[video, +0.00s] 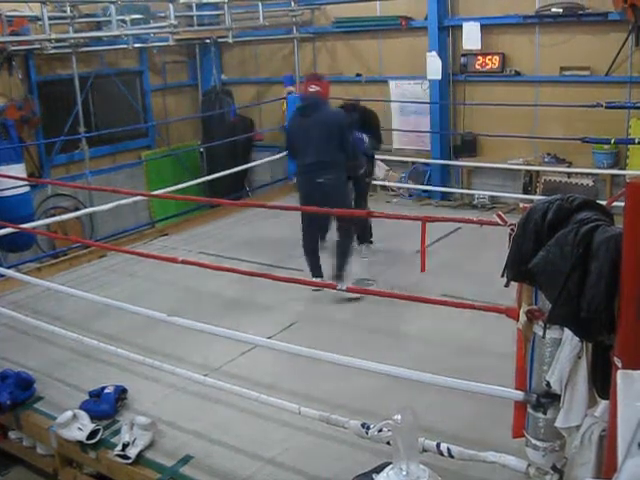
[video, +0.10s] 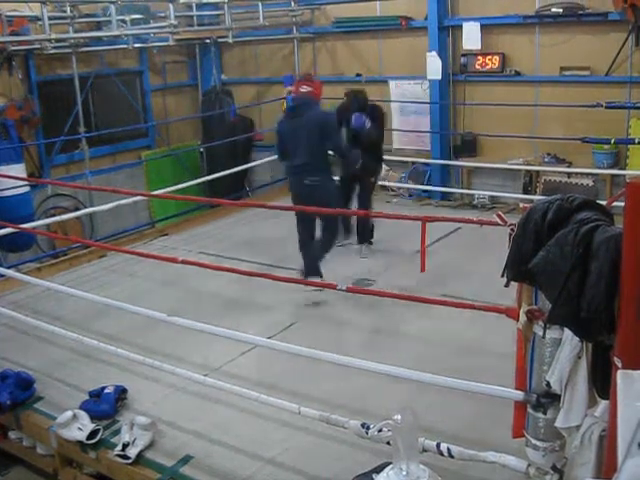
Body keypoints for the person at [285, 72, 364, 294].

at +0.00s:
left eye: (307, 92)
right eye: (324, 92)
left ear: (303, 94)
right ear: (325, 94)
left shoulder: (295, 121)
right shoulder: (338, 117)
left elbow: (292, 151)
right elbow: (349, 149)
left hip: (308, 180)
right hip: (335, 179)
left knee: (310, 227)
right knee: (345, 223)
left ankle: (316, 275)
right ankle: (339, 274)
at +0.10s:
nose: (319, 98)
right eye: (318, 94)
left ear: (294, 96)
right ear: (316, 95)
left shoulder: (285, 122)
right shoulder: (324, 118)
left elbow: (282, 154)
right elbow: (337, 146)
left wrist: (301, 153)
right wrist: (349, 160)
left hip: (297, 180)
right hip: (321, 179)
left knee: (305, 225)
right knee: (331, 226)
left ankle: (311, 270)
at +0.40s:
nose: (300, 103)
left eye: (299, 98)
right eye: (297, 98)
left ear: (277, 98)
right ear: (290, 99)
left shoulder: (266, 120)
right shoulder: (287, 124)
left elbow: (285, 149)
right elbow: (303, 156)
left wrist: (307, 142)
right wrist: (318, 148)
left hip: (269, 188)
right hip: (282, 190)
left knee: (293, 235)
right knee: (281, 240)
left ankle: (314, 277)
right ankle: (244, 281)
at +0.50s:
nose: (291, 108)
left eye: (291, 103)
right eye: (289, 103)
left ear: (270, 104)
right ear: (280, 105)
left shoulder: (258, 125)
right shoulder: (273, 131)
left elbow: (274, 154)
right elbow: (289, 164)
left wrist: (297, 145)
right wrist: (308, 152)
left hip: (260, 192)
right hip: (267, 195)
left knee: (292, 229)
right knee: (265, 245)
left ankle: (311, 275)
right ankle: (232, 290)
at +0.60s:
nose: (285, 110)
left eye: (284, 105)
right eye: (281, 105)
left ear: (265, 106)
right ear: (272, 107)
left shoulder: (255, 128)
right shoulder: (262, 134)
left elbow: (262, 161)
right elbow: (276, 168)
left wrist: (284, 151)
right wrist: (296, 156)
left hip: (257, 194)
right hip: (257, 197)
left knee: (289, 225)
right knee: (258, 247)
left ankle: (300, 273)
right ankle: (230, 293)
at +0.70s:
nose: (280, 108)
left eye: (280, 103)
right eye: (277, 103)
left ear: (262, 104)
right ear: (265, 104)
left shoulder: (255, 126)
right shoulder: (254, 130)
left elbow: (257, 156)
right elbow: (267, 164)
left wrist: (277, 148)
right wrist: (288, 150)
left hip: (258, 191)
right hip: (250, 193)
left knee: (285, 221)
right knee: (254, 243)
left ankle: (288, 270)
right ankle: (230, 293)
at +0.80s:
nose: (277, 107)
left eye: (278, 102)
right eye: (274, 102)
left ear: (261, 102)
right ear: (262, 102)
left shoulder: (256, 123)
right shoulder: (250, 126)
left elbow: (263, 153)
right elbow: (265, 157)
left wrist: (283, 139)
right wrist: (287, 141)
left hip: (256, 189)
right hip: (244, 191)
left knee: (280, 223)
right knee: (250, 243)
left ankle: (274, 268)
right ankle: (230, 293)